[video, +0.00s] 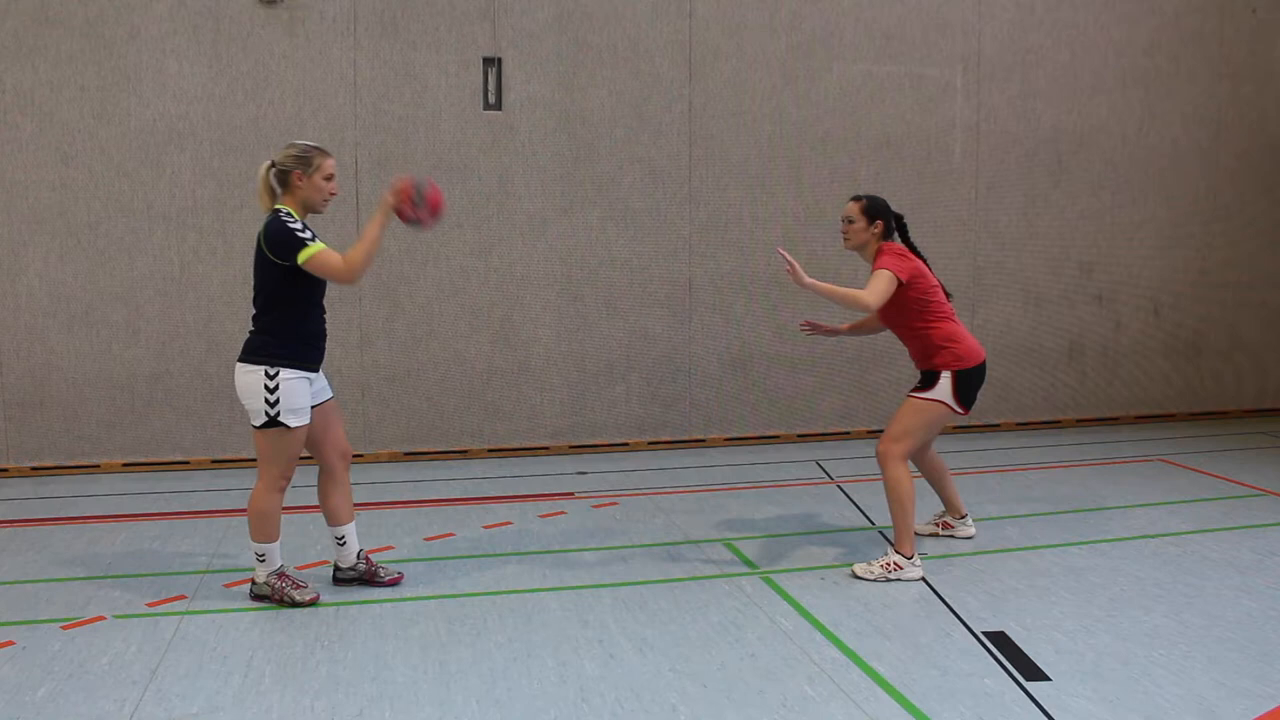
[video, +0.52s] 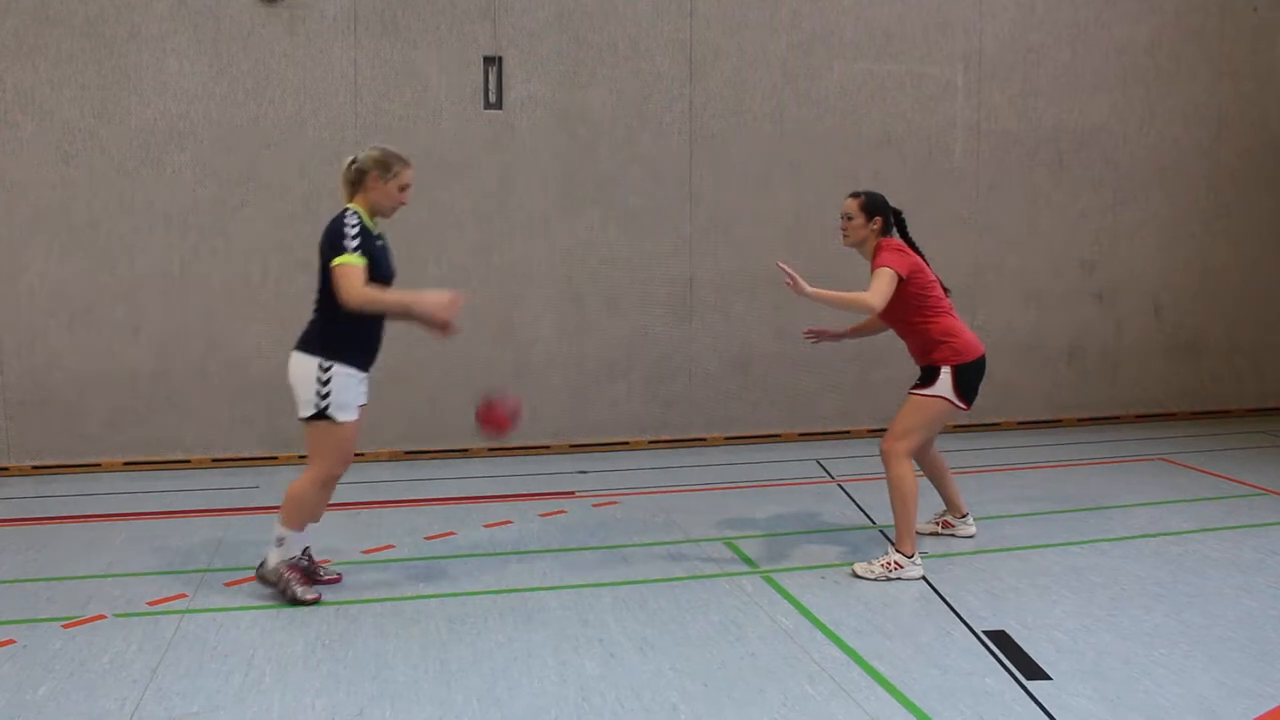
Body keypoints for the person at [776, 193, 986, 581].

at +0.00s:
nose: (843, 229)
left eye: (850, 222)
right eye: (842, 222)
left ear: (876, 227)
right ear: (872, 229)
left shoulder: (892, 258)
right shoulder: (890, 260)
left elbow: (871, 301)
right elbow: (887, 319)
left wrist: (808, 283)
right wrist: (841, 329)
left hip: (951, 367)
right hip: (951, 364)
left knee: (891, 451)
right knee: (916, 446)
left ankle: (904, 557)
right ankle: (957, 517)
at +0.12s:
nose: (843, 229)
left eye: (851, 222)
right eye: (843, 222)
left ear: (876, 227)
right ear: (872, 228)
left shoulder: (893, 258)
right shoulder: (889, 260)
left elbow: (875, 302)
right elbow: (888, 318)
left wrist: (812, 285)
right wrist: (843, 329)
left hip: (953, 367)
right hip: (946, 365)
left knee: (895, 450)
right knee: (916, 446)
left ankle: (904, 556)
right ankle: (957, 517)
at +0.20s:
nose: (844, 229)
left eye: (851, 222)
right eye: (843, 222)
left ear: (877, 226)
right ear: (872, 228)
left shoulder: (893, 256)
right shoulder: (889, 259)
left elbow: (877, 303)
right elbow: (887, 319)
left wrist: (815, 288)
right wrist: (842, 330)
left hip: (955, 366)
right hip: (944, 365)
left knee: (897, 449)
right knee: (916, 446)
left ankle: (904, 556)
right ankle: (958, 518)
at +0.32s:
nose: (843, 227)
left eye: (851, 220)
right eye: (843, 221)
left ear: (877, 225)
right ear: (872, 227)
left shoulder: (893, 255)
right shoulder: (889, 258)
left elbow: (877, 304)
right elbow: (888, 319)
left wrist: (814, 290)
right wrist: (842, 332)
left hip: (953, 365)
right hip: (945, 364)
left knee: (897, 449)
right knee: (916, 445)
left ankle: (904, 556)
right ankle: (958, 517)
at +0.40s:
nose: (843, 227)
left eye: (850, 220)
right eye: (843, 220)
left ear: (877, 224)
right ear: (873, 226)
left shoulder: (892, 254)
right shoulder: (890, 257)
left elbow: (875, 304)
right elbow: (888, 319)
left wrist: (812, 291)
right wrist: (842, 332)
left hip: (952, 365)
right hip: (947, 363)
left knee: (896, 449)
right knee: (917, 446)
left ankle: (904, 556)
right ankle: (958, 517)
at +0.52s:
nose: (841, 226)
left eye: (848, 219)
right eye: (841, 219)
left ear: (875, 223)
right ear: (872, 225)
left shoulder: (890, 253)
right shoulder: (889, 255)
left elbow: (874, 302)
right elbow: (889, 318)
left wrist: (811, 292)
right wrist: (843, 333)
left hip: (951, 363)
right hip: (949, 360)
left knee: (895, 449)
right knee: (918, 443)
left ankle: (905, 556)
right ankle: (959, 516)